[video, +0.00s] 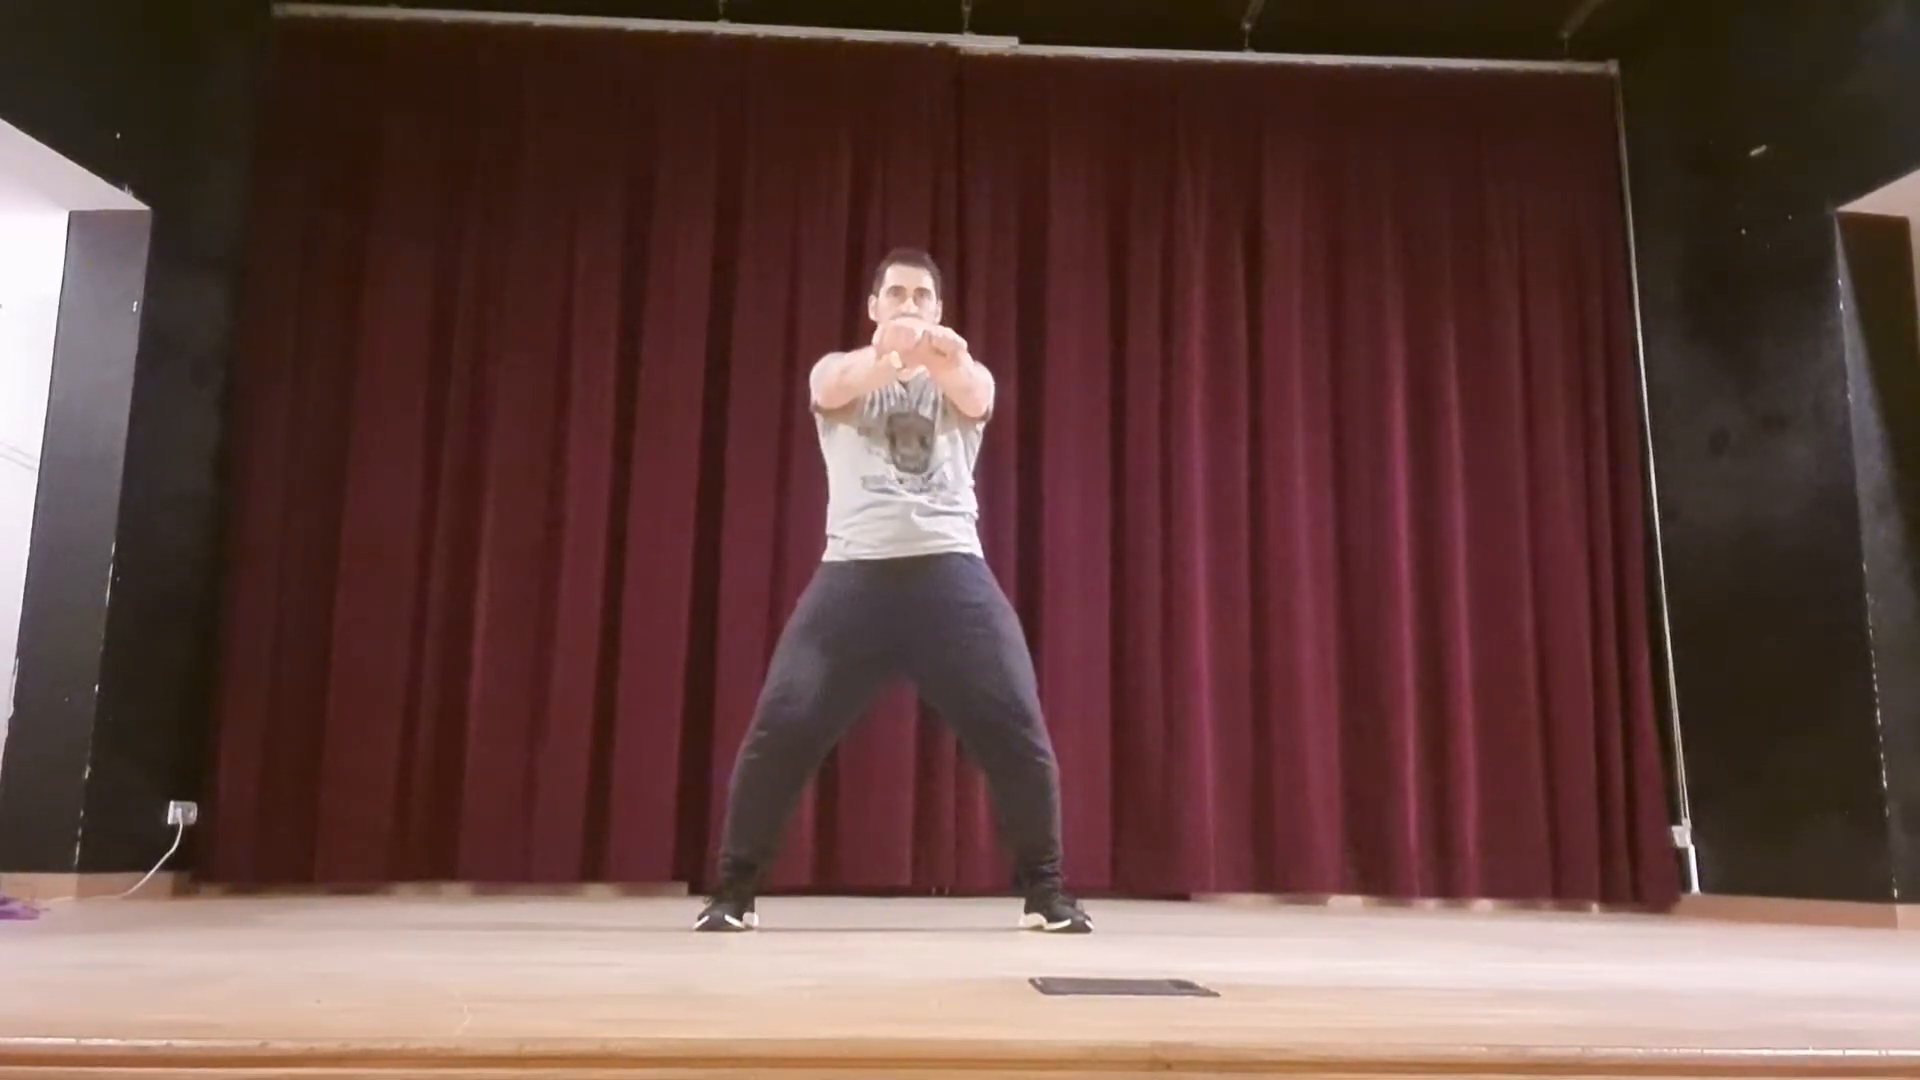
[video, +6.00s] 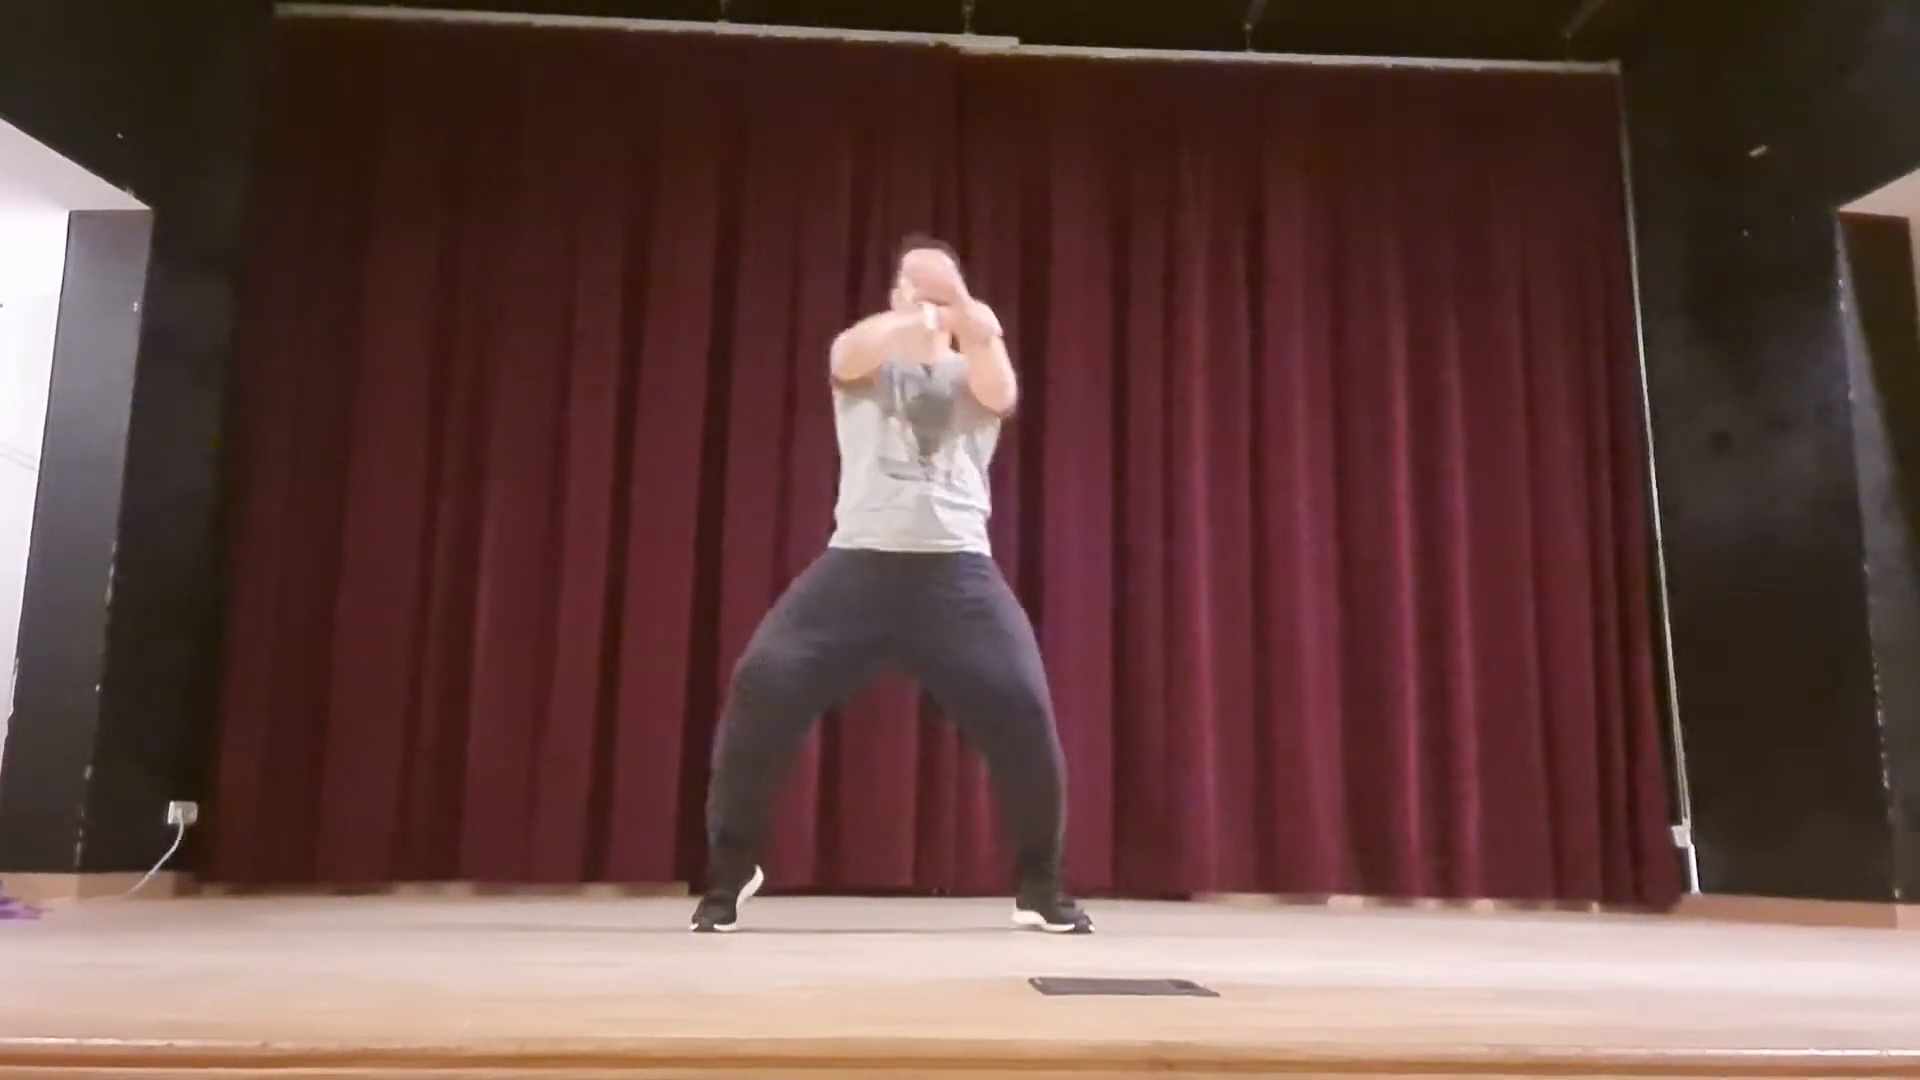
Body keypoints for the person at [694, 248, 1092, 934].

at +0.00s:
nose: (908, 305)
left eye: (921, 296)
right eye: (896, 294)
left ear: (939, 308)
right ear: (872, 305)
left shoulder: (966, 374)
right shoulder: (840, 366)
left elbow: (975, 401)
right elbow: (829, 392)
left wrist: (949, 360)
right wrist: (889, 361)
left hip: (952, 574)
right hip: (852, 575)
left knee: (1017, 727)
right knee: (783, 722)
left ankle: (1045, 891)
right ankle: (734, 894)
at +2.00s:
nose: (919, 299)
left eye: (930, 289)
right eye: (906, 290)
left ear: (953, 306)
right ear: (885, 308)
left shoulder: (977, 371)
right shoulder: (851, 365)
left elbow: (988, 392)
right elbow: (849, 387)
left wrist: (944, 343)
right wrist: (912, 369)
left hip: (960, 576)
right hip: (859, 575)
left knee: (1024, 713)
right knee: (780, 703)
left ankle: (1044, 889)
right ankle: (729, 885)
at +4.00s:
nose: (848, 285)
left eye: (861, 277)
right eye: (836, 276)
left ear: (883, 302)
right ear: (814, 300)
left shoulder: (913, 356)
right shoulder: (785, 366)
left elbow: (920, 384)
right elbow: (777, 397)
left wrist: (864, 351)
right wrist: (818, 361)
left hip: (920, 567)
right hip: (817, 573)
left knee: (1011, 704)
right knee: (754, 704)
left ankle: (1045, 864)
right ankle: (735, 884)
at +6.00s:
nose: (926, 312)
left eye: (938, 302)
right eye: (914, 299)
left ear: (960, 305)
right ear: (892, 298)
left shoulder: (983, 365)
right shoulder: (859, 353)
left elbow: (997, 394)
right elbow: (854, 353)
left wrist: (972, 324)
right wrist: (913, 320)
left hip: (959, 573)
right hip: (856, 567)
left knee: (1022, 705)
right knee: (763, 681)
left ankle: (1041, 886)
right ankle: (730, 867)